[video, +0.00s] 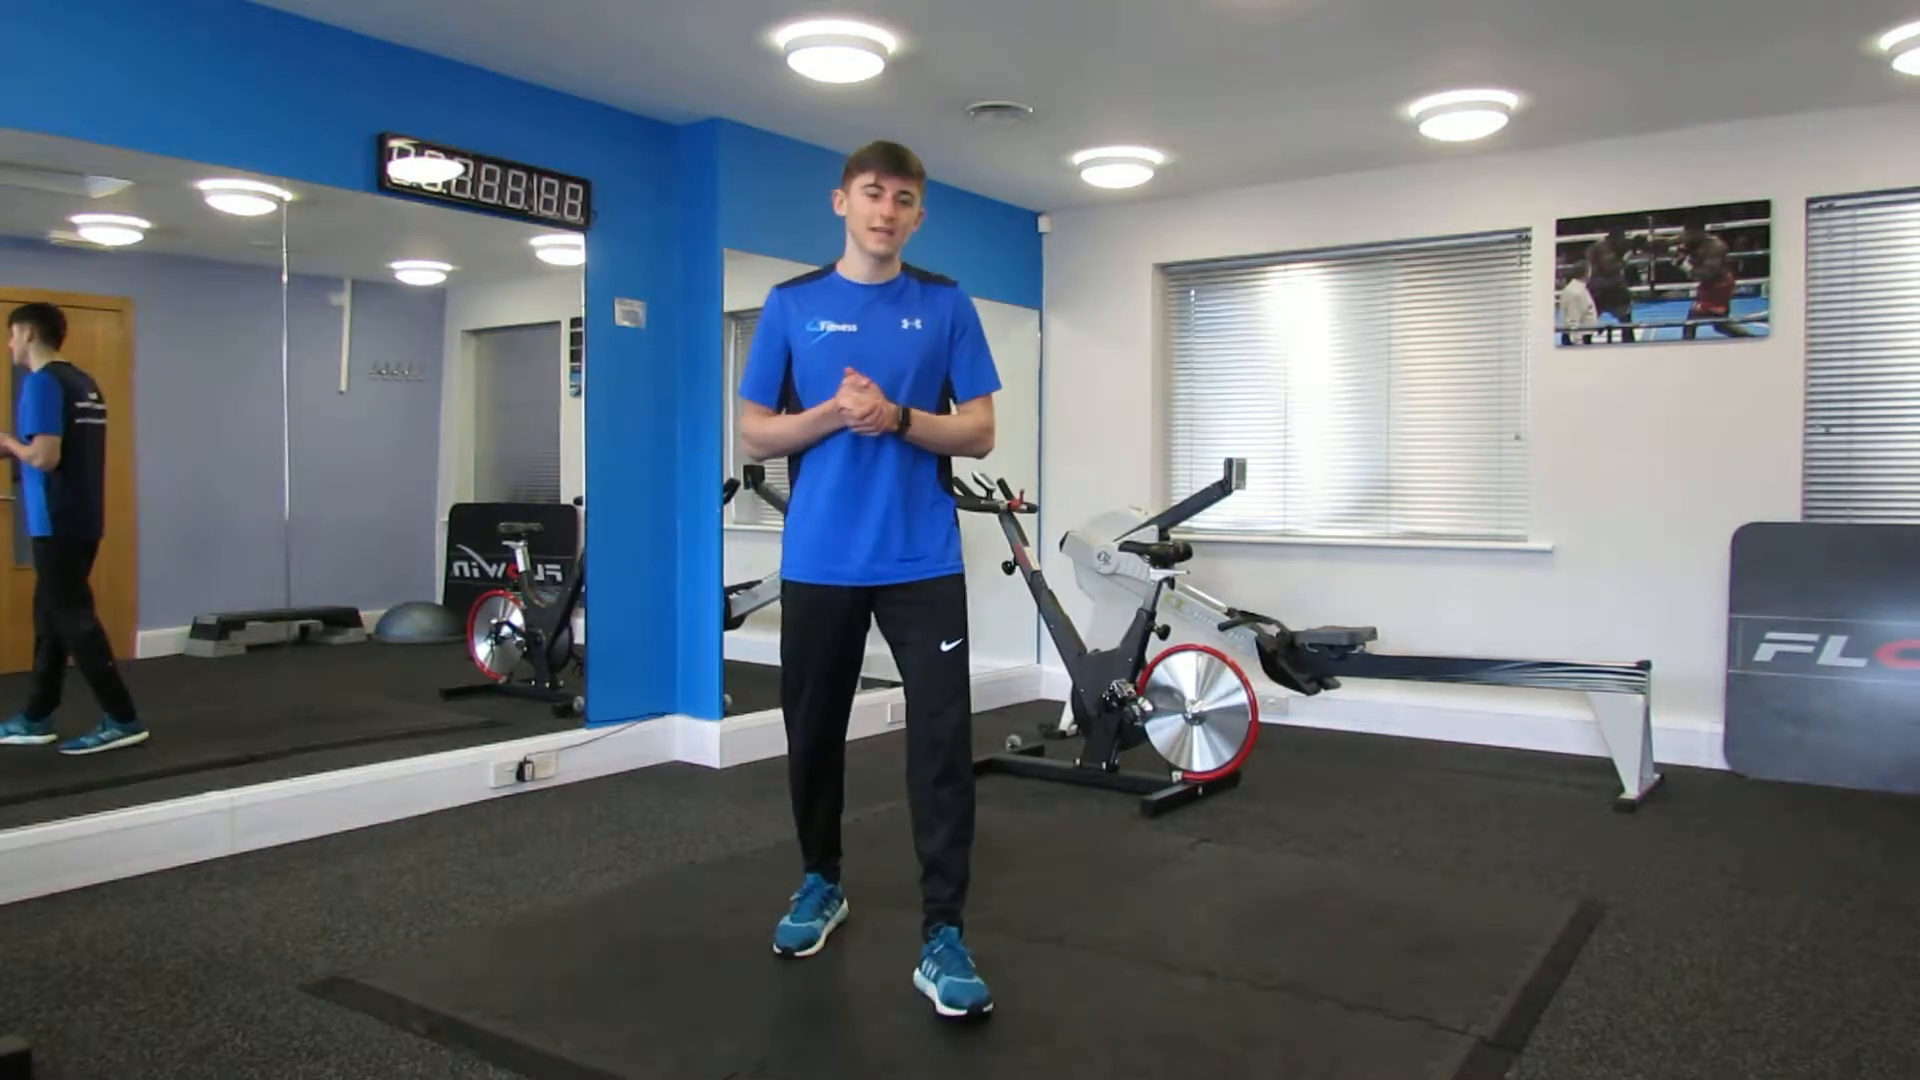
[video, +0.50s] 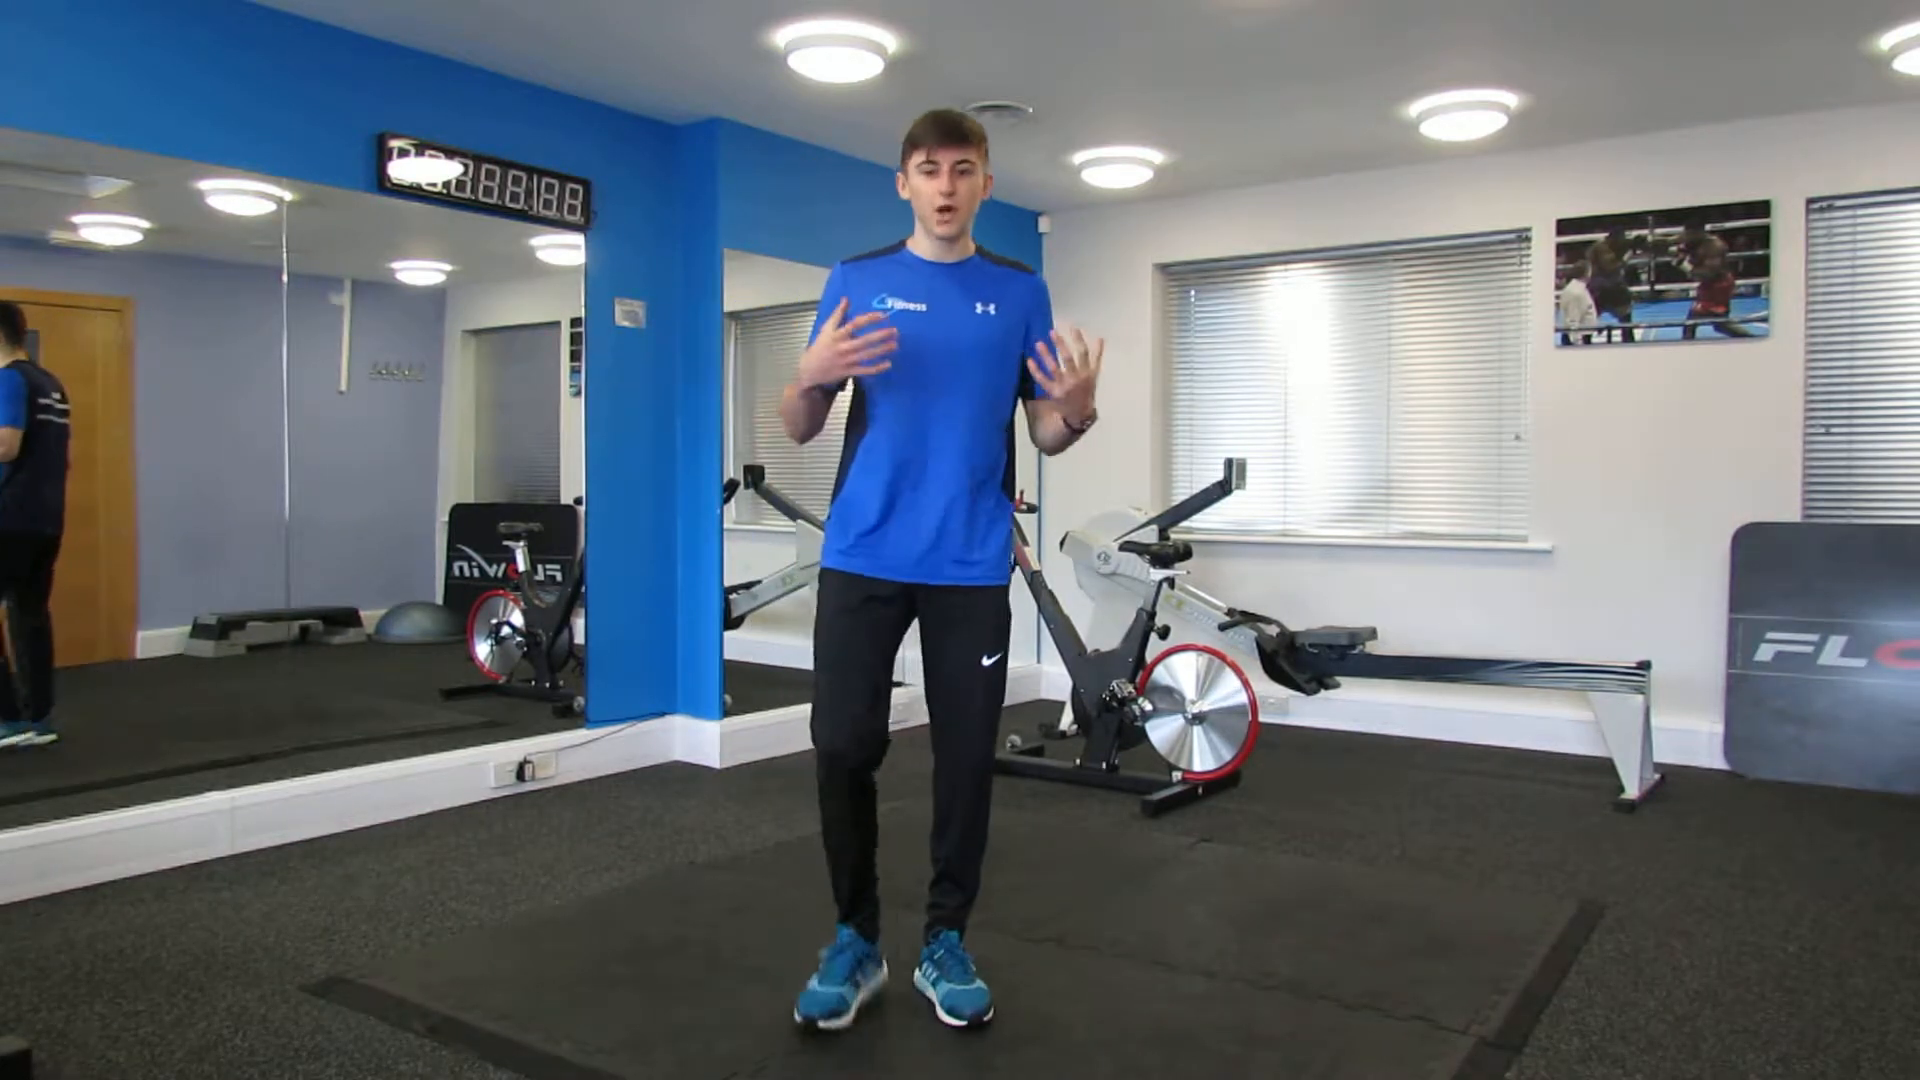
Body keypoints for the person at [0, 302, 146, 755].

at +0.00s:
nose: (9, 345)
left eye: (12, 336)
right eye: (10, 336)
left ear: (27, 335)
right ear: (54, 336)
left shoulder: (43, 381)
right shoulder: (85, 383)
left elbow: (46, 456)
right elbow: (81, 457)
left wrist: (11, 445)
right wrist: (24, 451)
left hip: (57, 529)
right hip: (82, 527)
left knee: (74, 620)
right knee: (51, 619)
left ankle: (124, 719)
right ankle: (36, 718)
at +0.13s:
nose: (0, 343)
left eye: (3, 333)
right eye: (2, 334)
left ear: (18, 334)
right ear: (46, 335)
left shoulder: (32, 380)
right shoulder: (76, 382)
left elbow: (30, 452)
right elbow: (68, 454)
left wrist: (3, 445)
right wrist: (18, 447)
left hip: (40, 526)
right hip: (71, 524)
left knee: (47, 618)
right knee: (43, 619)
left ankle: (112, 708)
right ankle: (36, 718)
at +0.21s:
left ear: (15, 335)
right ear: (41, 336)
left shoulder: (26, 379)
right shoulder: (72, 383)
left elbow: (23, 449)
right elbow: (64, 453)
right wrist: (18, 445)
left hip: (30, 525)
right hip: (63, 524)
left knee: (23, 617)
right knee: (39, 620)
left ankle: (99, 700)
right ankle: (35, 719)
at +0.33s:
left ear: (9, 337)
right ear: (32, 337)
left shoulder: (19, 379)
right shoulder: (63, 383)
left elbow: (15, 446)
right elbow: (61, 455)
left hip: (23, 522)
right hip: (57, 522)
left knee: (11, 616)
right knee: (35, 615)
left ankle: (74, 692)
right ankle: (35, 715)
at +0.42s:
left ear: (4, 337)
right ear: (31, 337)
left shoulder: (17, 378)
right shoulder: (58, 384)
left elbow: (12, 445)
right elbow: (54, 450)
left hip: (19, 519)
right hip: (52, 519)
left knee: (14, 610)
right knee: (33, 609)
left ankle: (39, 703)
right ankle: (43, 701)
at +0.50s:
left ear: (2, 336)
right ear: (22, 333)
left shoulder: (14, 378)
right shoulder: (51, 383)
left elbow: (8, 445)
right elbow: (60, 458)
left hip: (16, 519)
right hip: (46, 519)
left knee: (19, 609)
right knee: (31, 610)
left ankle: (23, 715)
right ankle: (38, 715)